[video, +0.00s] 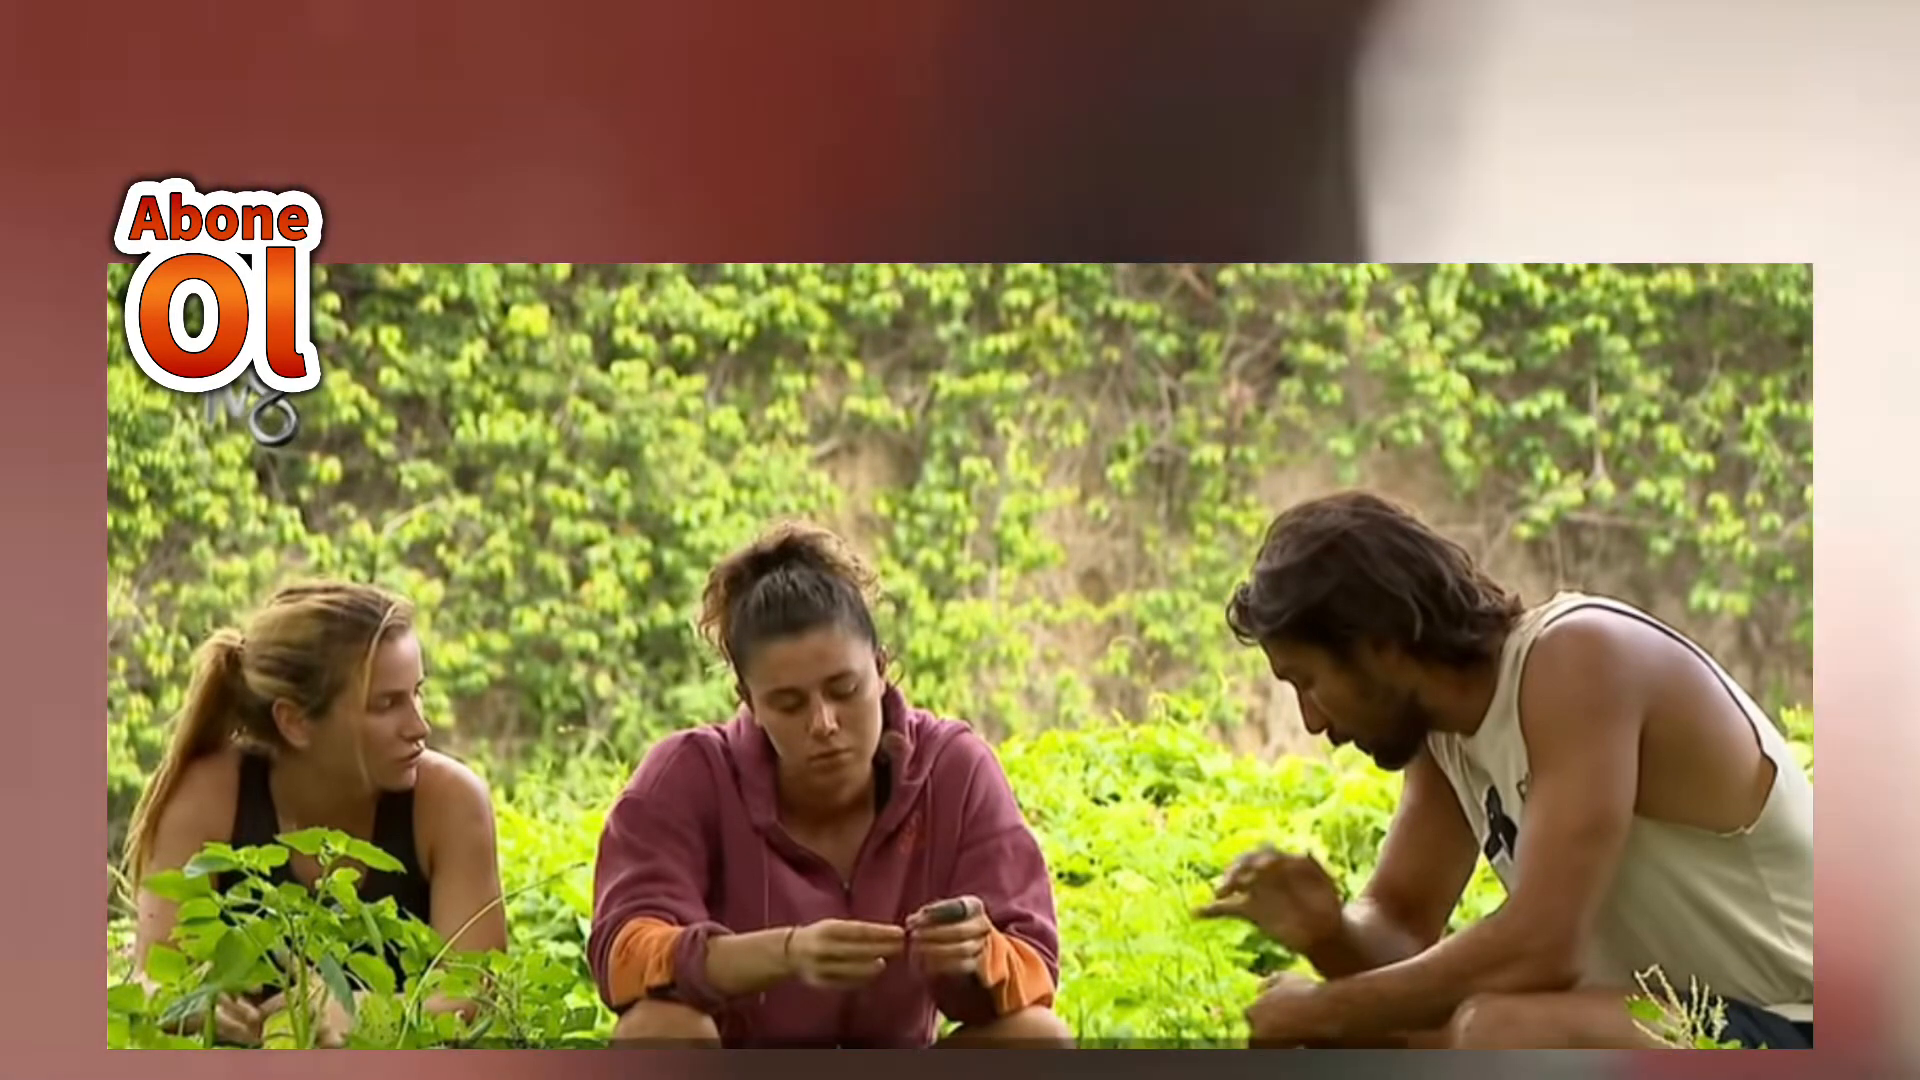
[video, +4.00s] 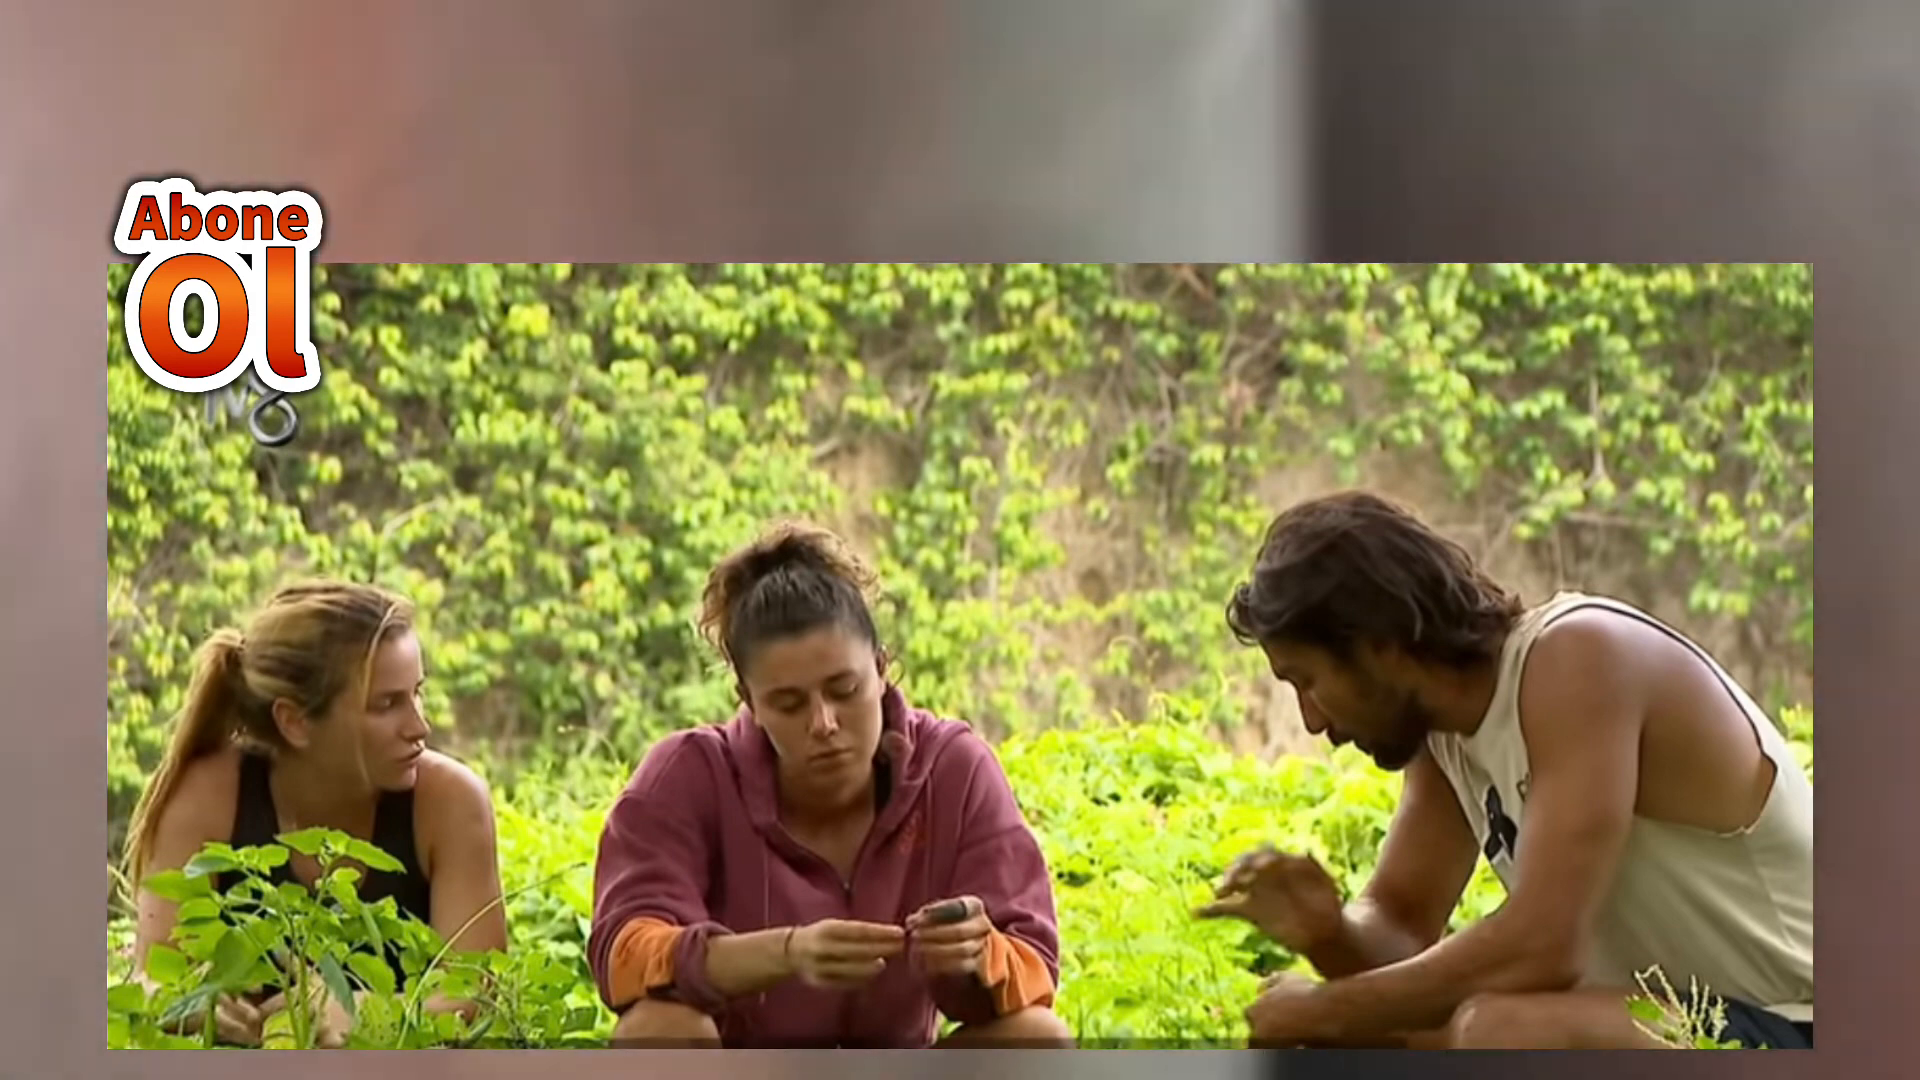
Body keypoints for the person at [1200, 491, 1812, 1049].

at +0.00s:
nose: (1311, 723)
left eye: (1306, 686)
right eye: (1296, 693)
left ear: (1384, 642)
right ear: (1384, 643)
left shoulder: (1585, 656)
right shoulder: (1451, 731)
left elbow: (1538, 950)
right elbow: (1402, 926)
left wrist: (1328, 1012)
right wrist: (1330, 932)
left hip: (1790, 1016)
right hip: (1654, 1000)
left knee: (1497, 1026)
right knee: (1382, 1027)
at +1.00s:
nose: (1311, 723)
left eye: (1306, 686)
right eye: (1295, 693)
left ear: (1384, 642)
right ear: (1384, 643)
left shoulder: (1585, 656)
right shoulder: (1451, 731)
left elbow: (1539, 951)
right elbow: (1402, 926)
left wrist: (1320, 1014)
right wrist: (1330, 932)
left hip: (1784, 1012)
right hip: (1651, 1000)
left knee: (1499, 1024)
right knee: (1366, 1029)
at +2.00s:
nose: (1311, 724)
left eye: (1306, 687)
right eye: (1296, 693)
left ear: (1382, 643)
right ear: (1382, 643)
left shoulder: (1585, 656)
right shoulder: (1450, 730)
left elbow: (1539, 951)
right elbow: (1403, 926)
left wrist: (1326, 1014)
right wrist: (1330, 932)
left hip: (1788, 1014)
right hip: (1658, 1001)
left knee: (1500, 1026)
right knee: (1387, 1026)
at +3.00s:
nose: (1311, 724)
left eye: (1307, 687)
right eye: (1296, 693)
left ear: (1384, 642)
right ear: (1384, 643)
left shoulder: (1584, 657)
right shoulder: (1451, 731)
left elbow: (1540, 950)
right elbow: (1403, 926)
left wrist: (1327, 1015)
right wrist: (1329, 933)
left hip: (1790, 1018)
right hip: (1659, 1002)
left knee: (1500, 1026)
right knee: (1381, 1026)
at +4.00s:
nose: (1311, 723)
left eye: (1306, 686)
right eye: (1295, 693)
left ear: (1383, 642)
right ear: (1383, 643)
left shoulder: (1584, 656)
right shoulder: (1450, 730)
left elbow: (1539, 950)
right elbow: (1403, 924)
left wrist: (1325, 1015)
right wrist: (1330, 933)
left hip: (1789, 1019)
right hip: (1658, 1003)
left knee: (1501, 1025)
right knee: (1379, 1026)